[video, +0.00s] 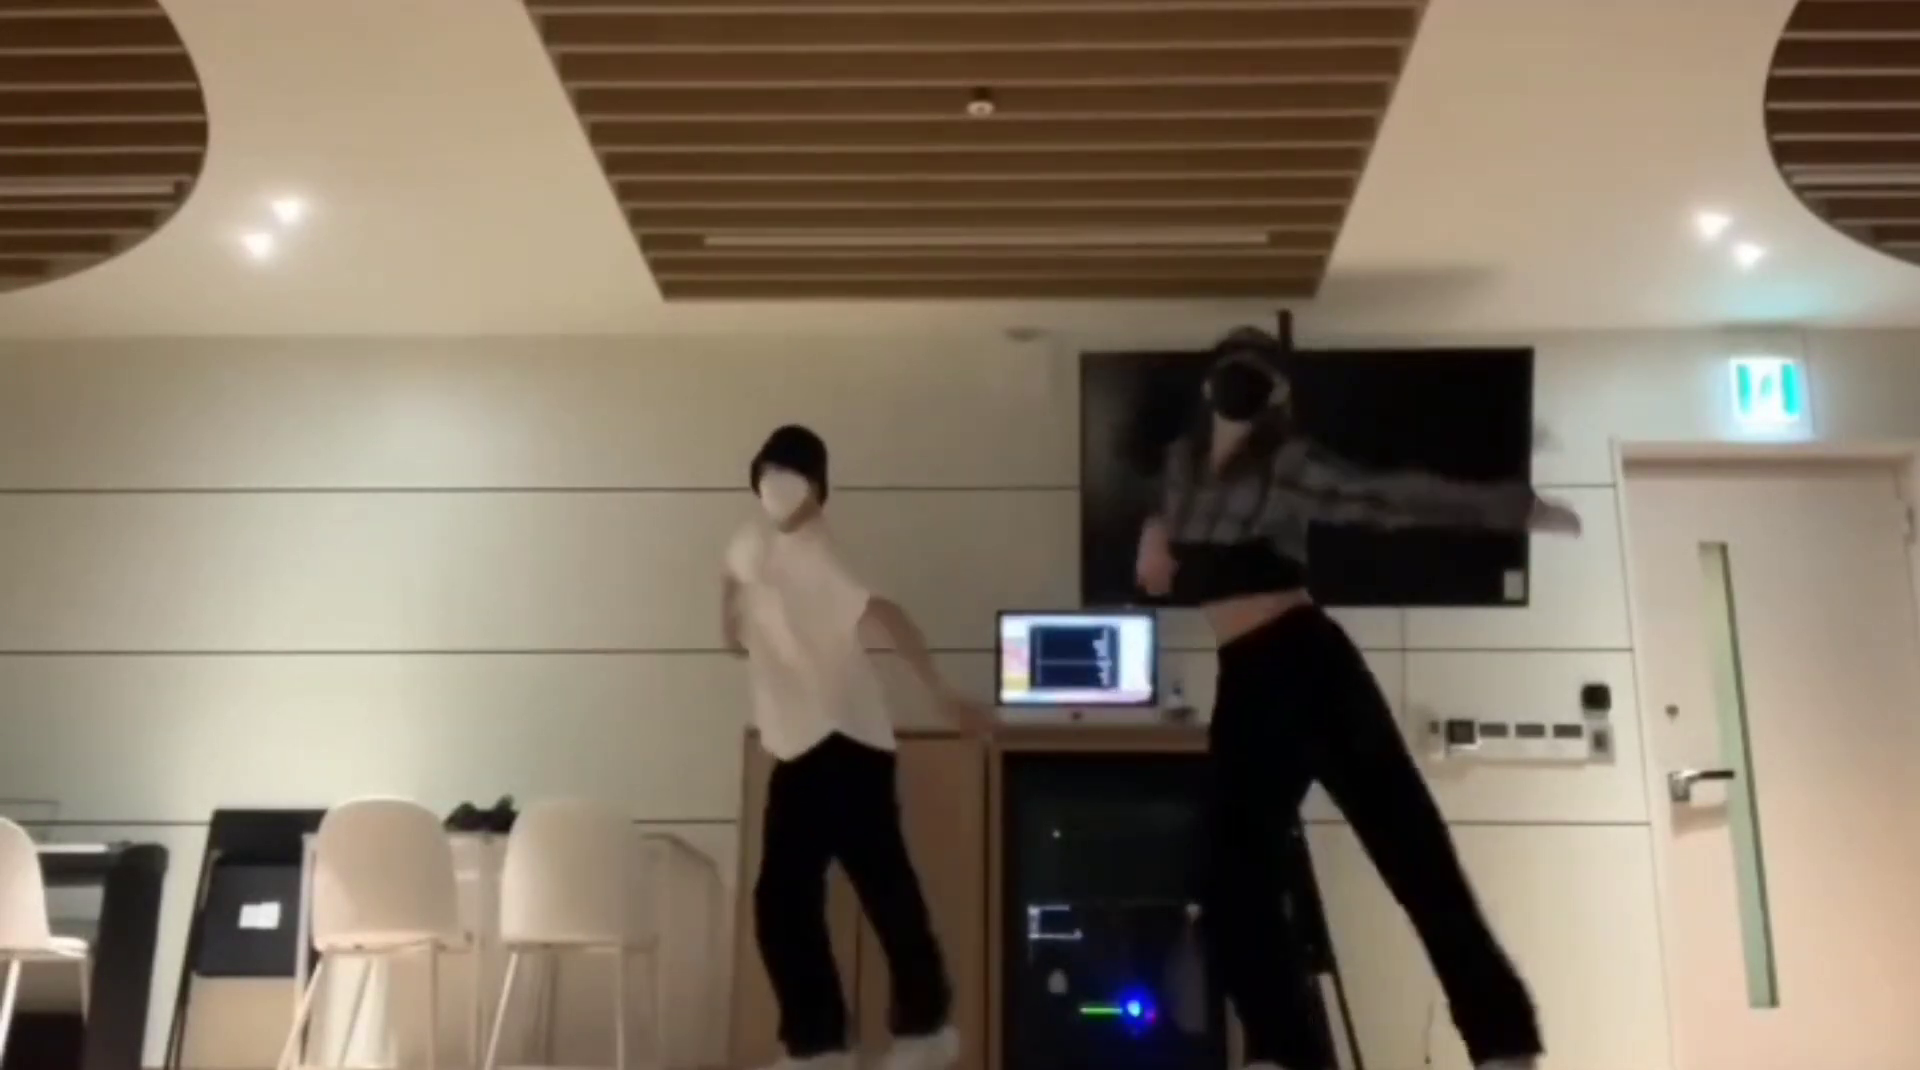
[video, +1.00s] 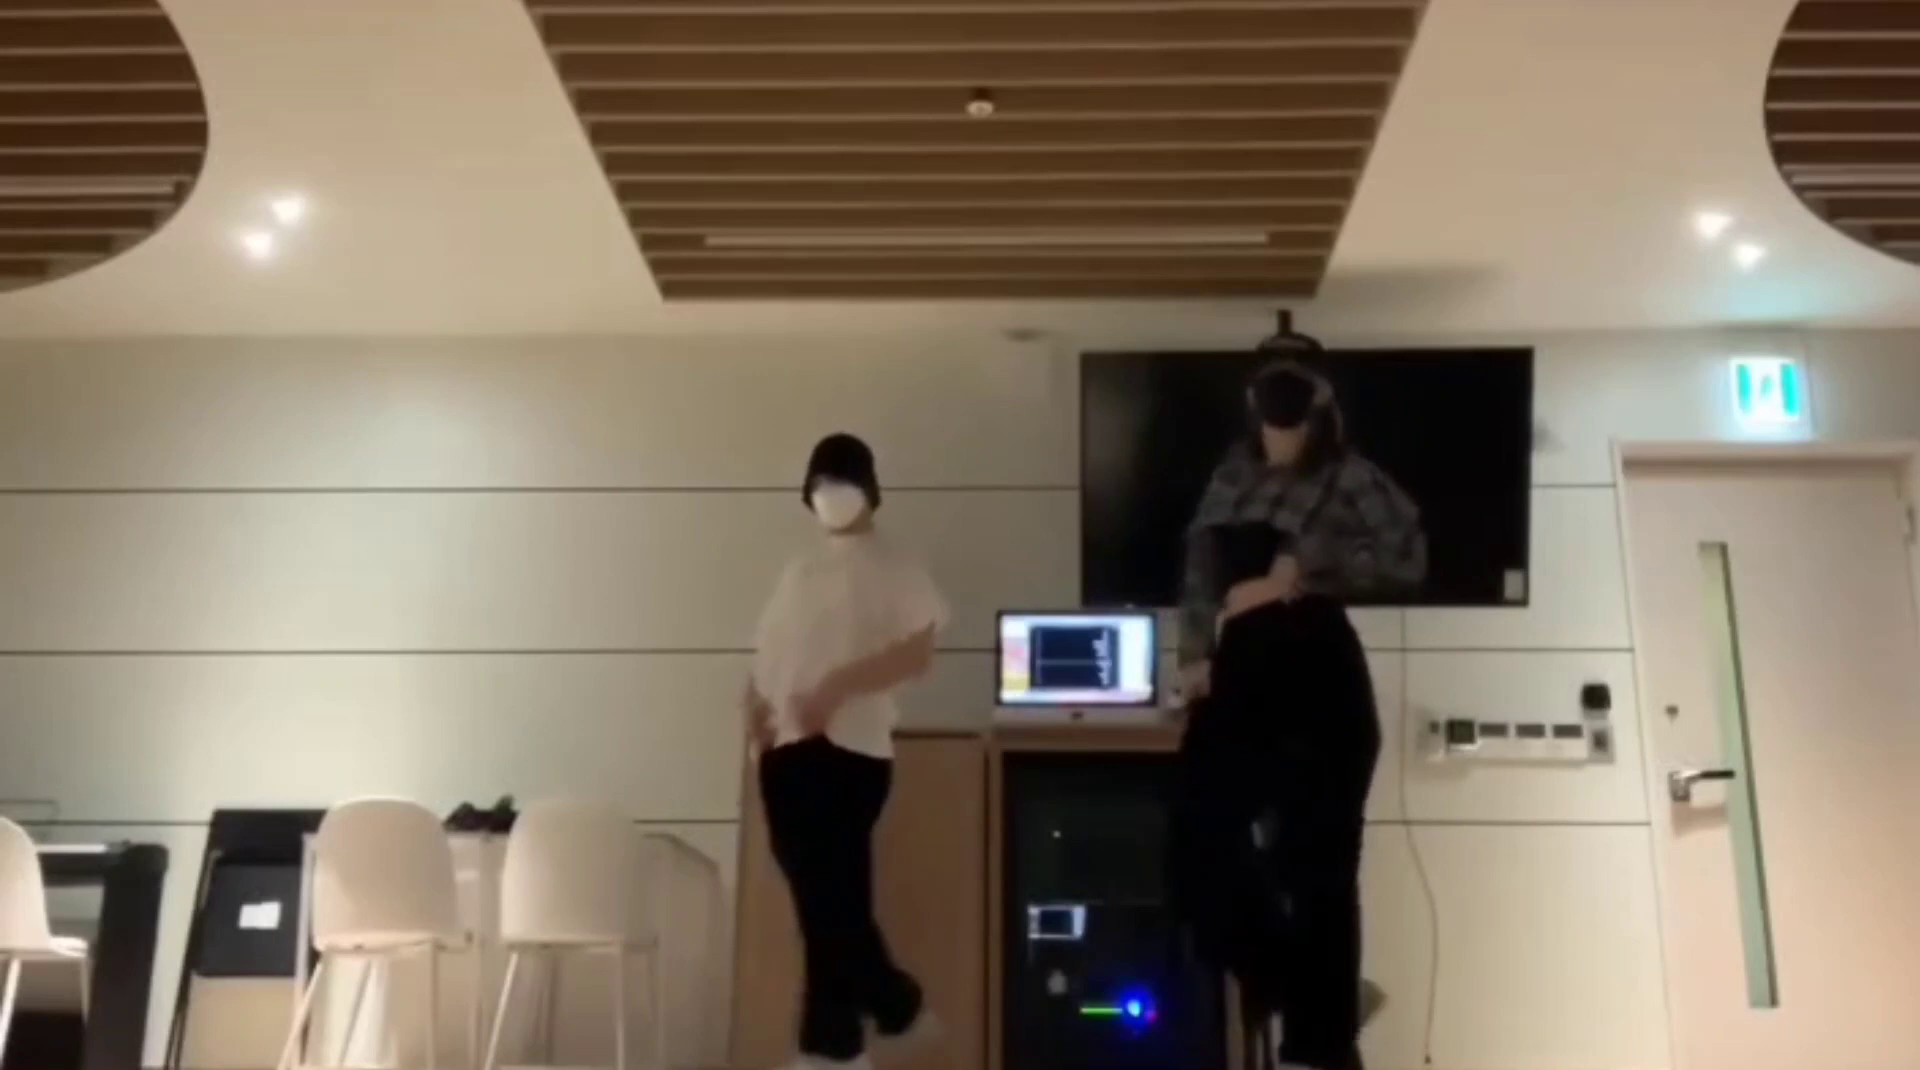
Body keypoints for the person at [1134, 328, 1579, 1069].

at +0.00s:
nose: (1239, 389)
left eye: (1256, 381)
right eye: (1229, 374)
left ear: (1273, 399)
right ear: (1207, 386)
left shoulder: (1285, 466)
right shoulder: (1185, 468)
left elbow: (1383, 495)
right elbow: (1173, 538)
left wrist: (1510, 508)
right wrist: (1154, 554)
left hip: (1312, 663)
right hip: (1245, 678)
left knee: (1411, 851)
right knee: (1235, 879)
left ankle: (1503, 1039)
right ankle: (1288, 1052)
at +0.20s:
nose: (1245, 363)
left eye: (1260, 348)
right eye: (1232, 351)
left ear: (1291, 357)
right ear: (1216, 365)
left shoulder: (1333, 441)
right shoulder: (1212, 459)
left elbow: (1350, 561)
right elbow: (1209, 582)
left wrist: (1378, 666)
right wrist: (1190, 688)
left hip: (1307, 651)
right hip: (1222, 658)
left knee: (1346, 839)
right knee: (1250, 860)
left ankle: (1408, 1032)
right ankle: (1284, 1044)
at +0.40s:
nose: (1260, 401)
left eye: (1275, 389)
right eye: (1246, 390)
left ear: (1303, 402)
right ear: (1231, 409)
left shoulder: (1336, 463)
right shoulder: (1222, 500)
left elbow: (1333, 568)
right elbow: (1198, 608)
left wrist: (1312, 672)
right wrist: (1159, 694)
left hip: (1317, 657)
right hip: (1233, 661)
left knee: (1283, 867)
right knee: (1168, 801)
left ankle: (1307, 1052)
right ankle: (1192, 1012)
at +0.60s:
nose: (1272, 417)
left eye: (1286, 405)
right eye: (1260, 404)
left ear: (1309, 415)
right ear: (1240, 418)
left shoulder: (1337, 468)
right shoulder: (1216, 506)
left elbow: (1349, 572)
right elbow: (1199, 614)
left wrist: (1306, 676)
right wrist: (1221, 685)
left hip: (1333, 687)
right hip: (1254, 697)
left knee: (1286, 875)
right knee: (1177, 854)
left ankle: (1308, 1054)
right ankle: (1087, 1034)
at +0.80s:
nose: (1281, 393)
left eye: (1297, 381)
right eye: (1269, 380)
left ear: (1323, 396)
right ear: (1251, 393)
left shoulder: (1353, 468)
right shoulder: (1227, 473)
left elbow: (1400, 559)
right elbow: (1209, 577)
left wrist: (1327, 618)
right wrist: (1224, 666)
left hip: (1332, 683)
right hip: (1257, 689)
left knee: (1300, 886)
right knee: (1210, 858)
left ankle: (1309, 1052)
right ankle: (1148, 1033)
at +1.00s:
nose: (1279, 404)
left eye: (1293, 390)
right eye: (1270, 390)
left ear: (1320, 401)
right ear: (1255, 401)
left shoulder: (1356, 482)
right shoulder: (1233, 477)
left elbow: (1404, 565)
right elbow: (1201, 572)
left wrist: (1309, 572)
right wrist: (1202, 650)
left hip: (1326, 676)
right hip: (1242, 679)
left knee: (1319, 863)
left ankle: (1322, 1038)